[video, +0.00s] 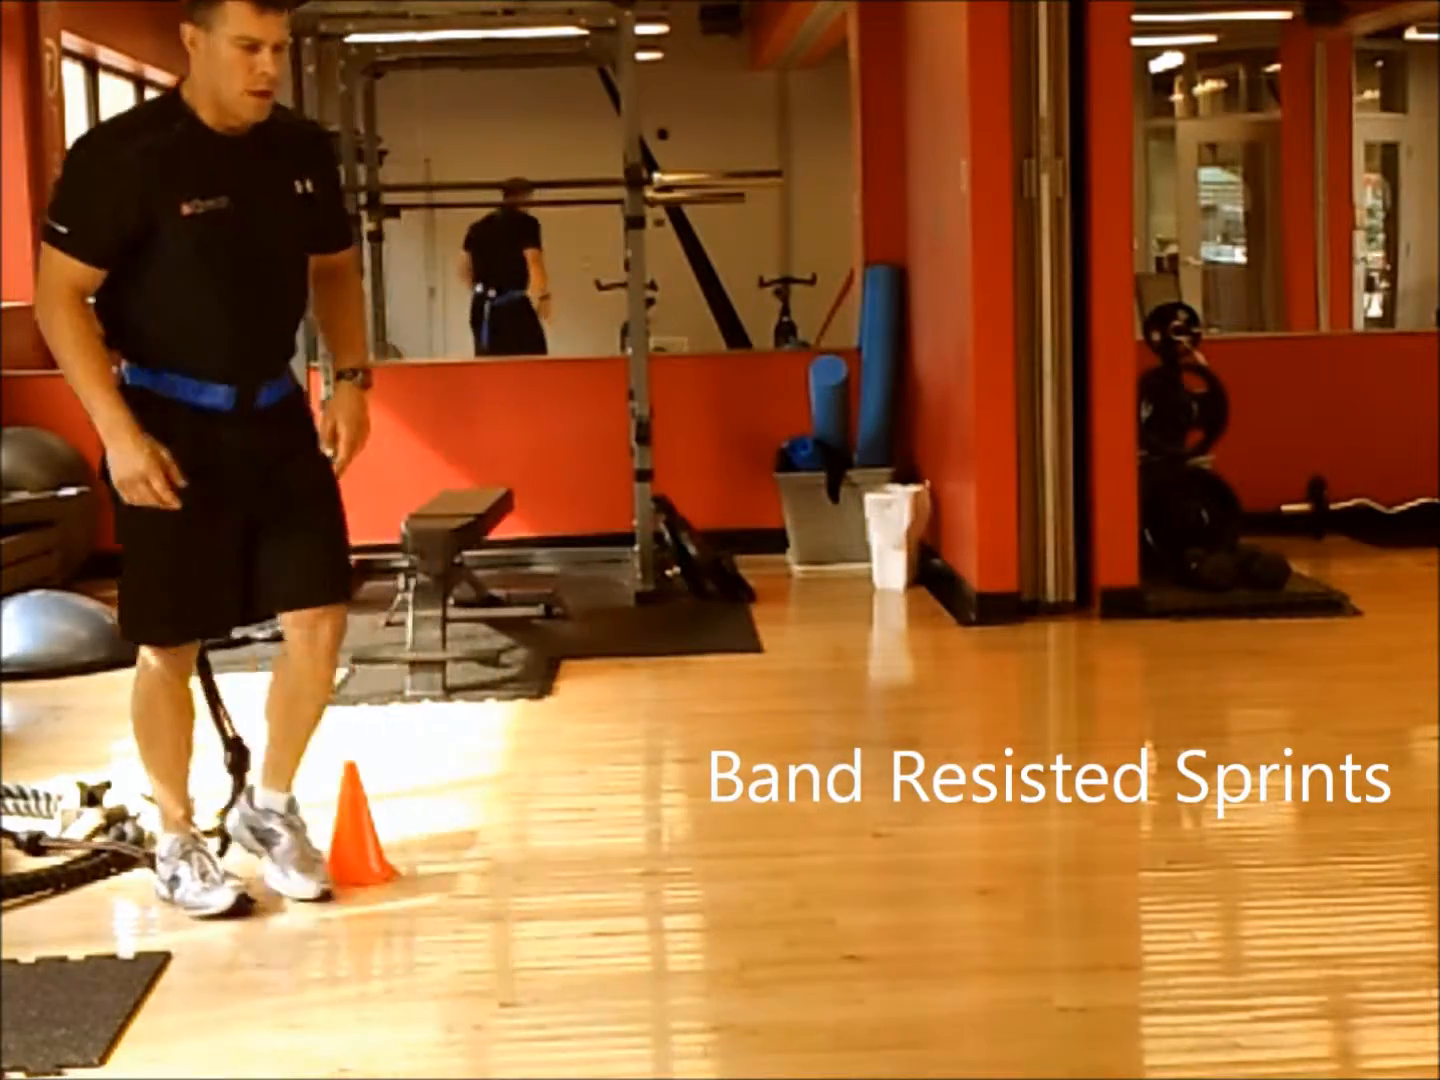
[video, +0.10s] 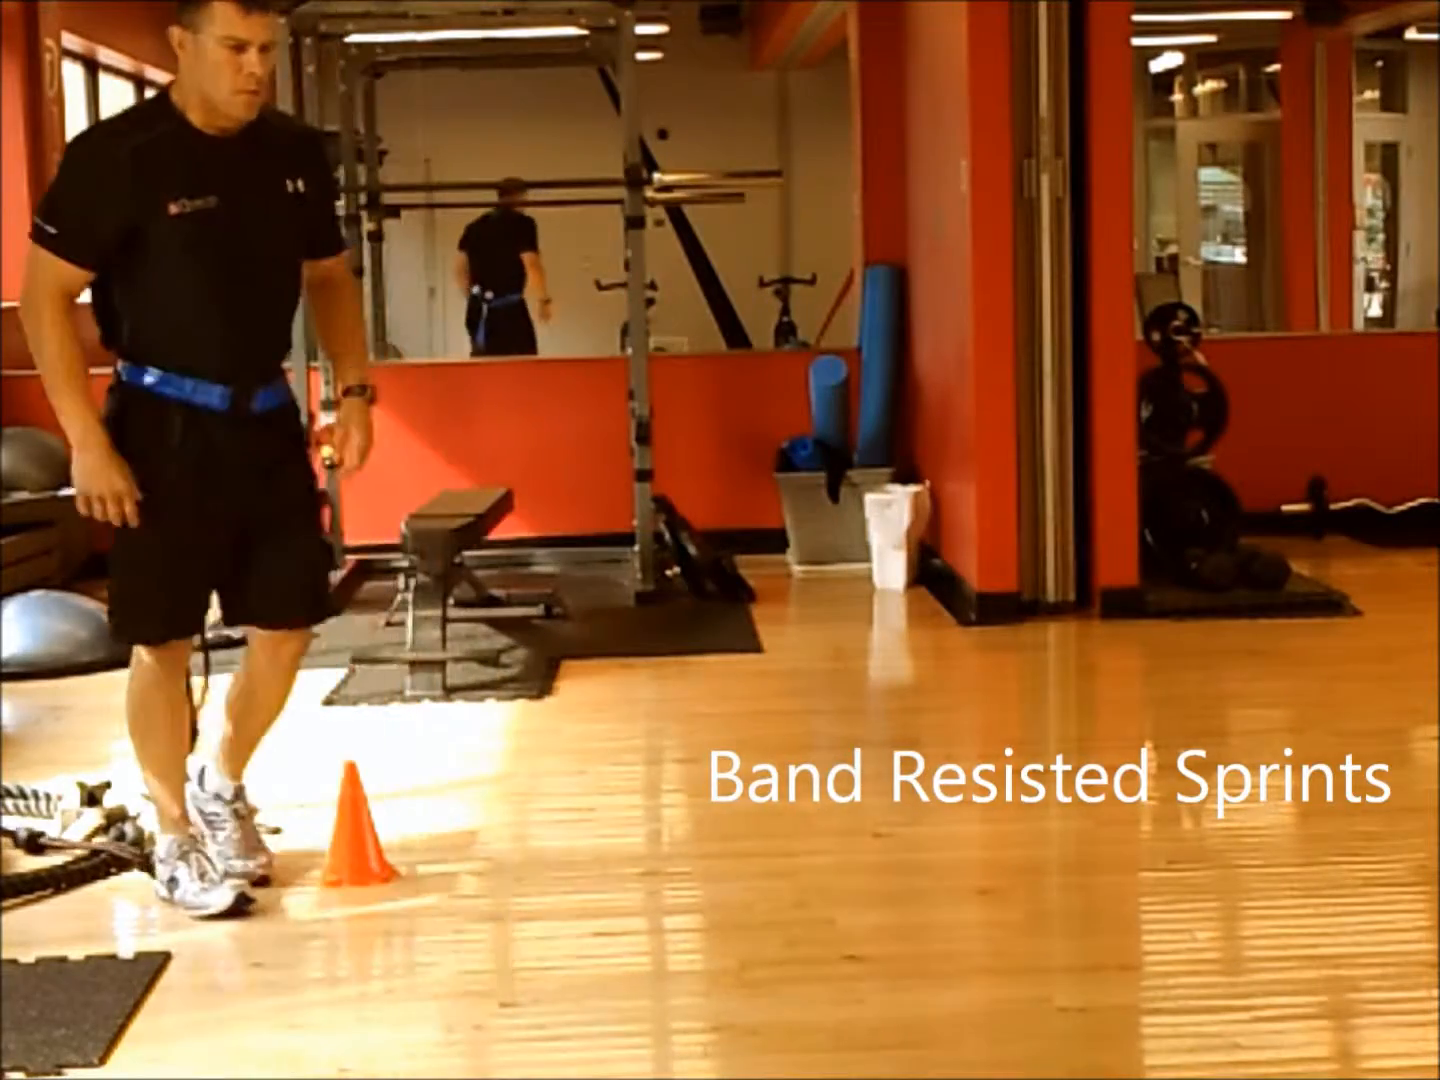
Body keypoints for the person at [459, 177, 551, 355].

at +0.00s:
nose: (529, 201)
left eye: (528, 196)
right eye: (527, 196)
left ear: (505, 197)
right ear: (522, 198)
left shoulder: (478, 226)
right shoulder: (526, 223)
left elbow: (464, 269)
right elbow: (534, 260)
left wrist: (479, 288)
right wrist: (542, 295)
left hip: (482, 305)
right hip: (515, 305)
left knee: (489, 365)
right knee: (532, 362)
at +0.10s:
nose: (525, 201)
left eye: (524, 196)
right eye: (523, 196)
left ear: (500, 197)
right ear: (516, 197)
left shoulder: (476, 225)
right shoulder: (523, 223)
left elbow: (461, 269)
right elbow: (531, 263)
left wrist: (473, 295)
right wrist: (542, 298)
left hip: (479, 307)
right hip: (510, 307)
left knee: (484, 366)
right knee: (522, 365)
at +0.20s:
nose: (524, 200)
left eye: (523, 195)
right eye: (521, 195)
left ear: (499, 196)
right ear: (514, 196)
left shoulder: (473, 226)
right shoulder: (522, 224)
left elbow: (458, 269)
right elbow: (532, 266)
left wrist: (464, 307)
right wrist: (547, 303)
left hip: (478, 308)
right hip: (509, 310)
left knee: (482, 371)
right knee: (514, 369)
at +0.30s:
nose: (523, 198)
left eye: (522, 194)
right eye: (521, 194)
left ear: (498, 195)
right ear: (516, 195)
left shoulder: (474, 226)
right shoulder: (523, 226)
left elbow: (457, 269)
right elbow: (534, 268)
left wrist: (458, 312)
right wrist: (551, 306)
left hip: (476, 309)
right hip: (506, 310)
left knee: (477, 370)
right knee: (510, 370)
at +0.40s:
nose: (527, 207)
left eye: (526, 201)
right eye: (526, 201)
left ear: (501, 199)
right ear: (521, 201)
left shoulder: (474, 231)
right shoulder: (525, 232)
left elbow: (456, 273)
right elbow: (535, 272)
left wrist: (459, 314)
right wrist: (553, 313)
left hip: (477, 312)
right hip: (506, 314)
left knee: (478, 375)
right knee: (507, 375)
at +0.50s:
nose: (531, 209)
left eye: (531, 203)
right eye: (530, 203)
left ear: (506, 201)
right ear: (525, 204)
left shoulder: (478, 231)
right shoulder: (527, 234)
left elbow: (457, 273)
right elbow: (536, 275)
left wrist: (462, 313)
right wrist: (553, 316)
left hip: (478, 310)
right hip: (505, 313)